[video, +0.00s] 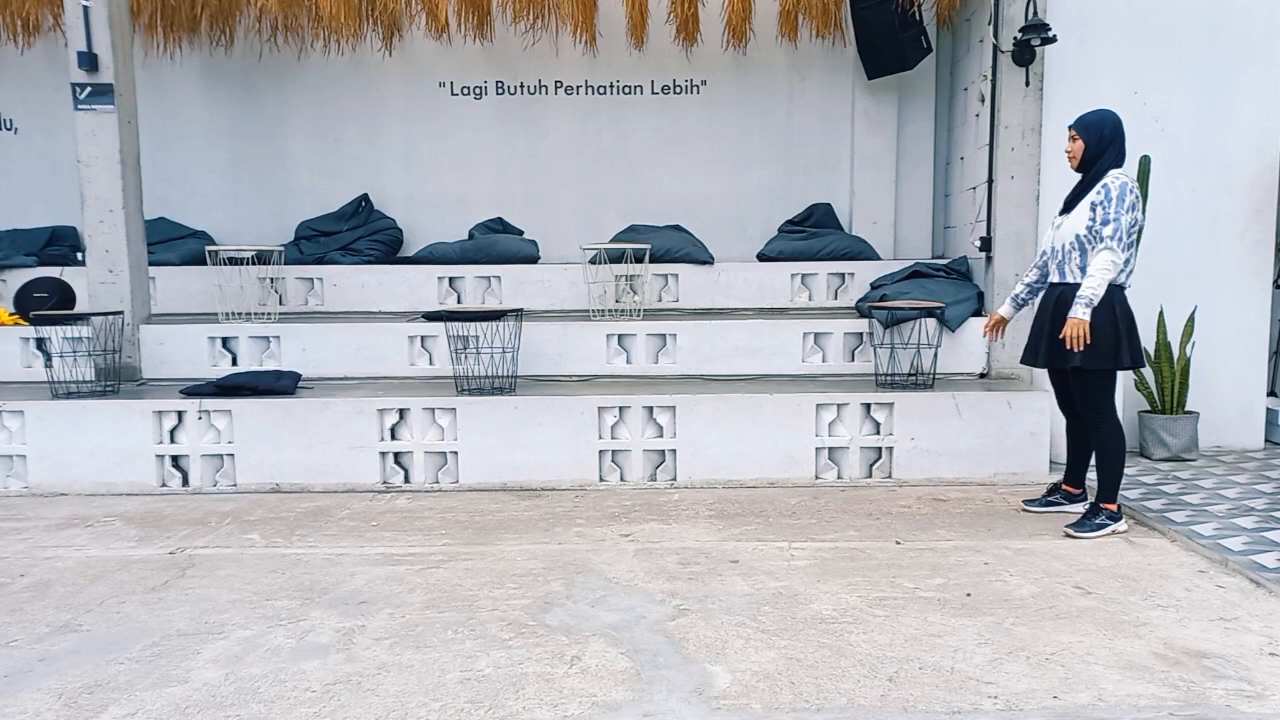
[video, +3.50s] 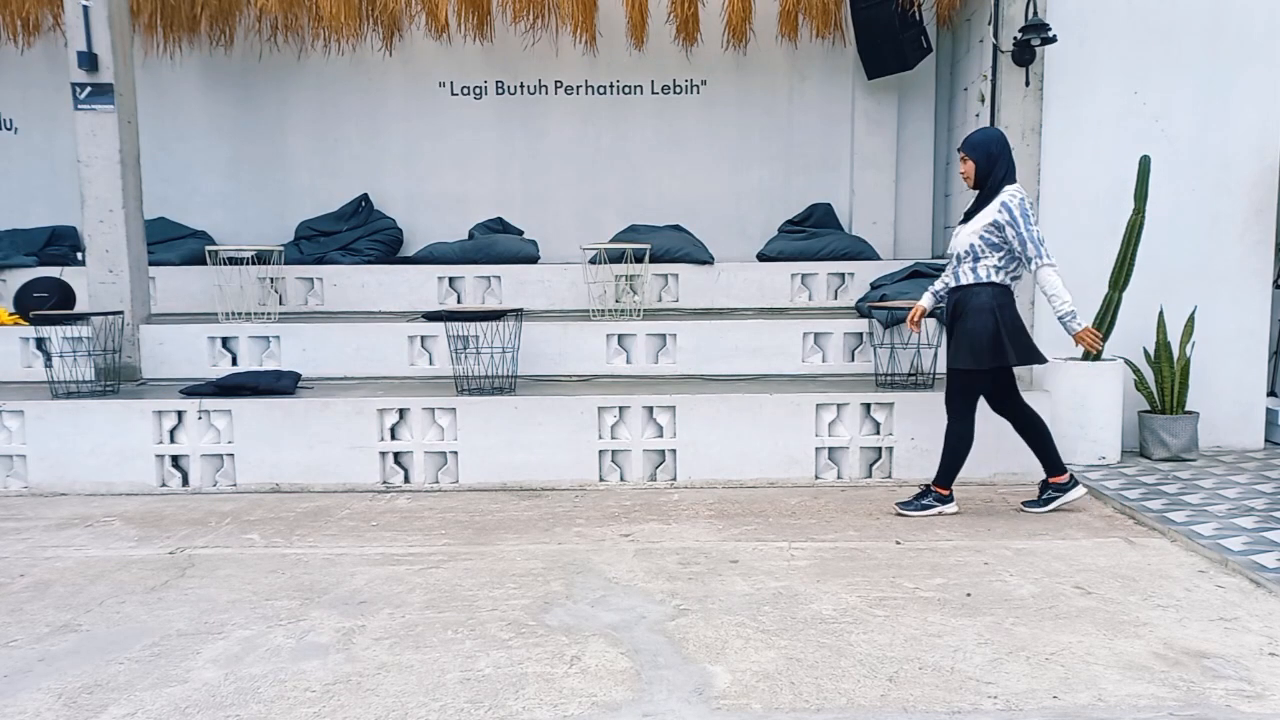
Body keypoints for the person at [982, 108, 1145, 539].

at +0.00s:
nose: (1068, 147)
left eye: (1075, 139)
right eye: (1069, 139)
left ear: (1099, 142)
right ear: (1092, 143)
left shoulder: (1118, 186)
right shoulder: (1080, 193)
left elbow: (1112, 253)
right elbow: (1045, 261)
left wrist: (1082, 307)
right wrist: (1008, 308)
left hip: (1095, 306)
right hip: (1060, 305)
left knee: (1099, 408)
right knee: (1072, 405)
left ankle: (1108, 507)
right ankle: (1071, 488)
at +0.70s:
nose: (1060, 147)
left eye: (1067, 139)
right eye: (1061, 139)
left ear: (1090, 142)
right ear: (1086, 143)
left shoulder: (1110, 183)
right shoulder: (1079, 189)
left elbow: (1146, 242)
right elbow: (1080, 254)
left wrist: (1116, 300)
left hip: (1090, 307)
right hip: (1056, 306)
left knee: (1096, 405)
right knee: (1054, 400)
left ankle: (1108, 508)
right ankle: (1069, 488)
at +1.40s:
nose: (1040, 155)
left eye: (1047, 147)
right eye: (1041, 147)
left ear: (1069, 149)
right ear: (1063, 151)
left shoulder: (1088, 186)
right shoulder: (1060, 192)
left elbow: (1121, 236)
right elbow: (1074, 245)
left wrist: (1085, 273)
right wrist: (1090, 279)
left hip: (1067, 307)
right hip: (1049, 305)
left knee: (1037, 399)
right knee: (1060, 401)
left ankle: (1057, 497)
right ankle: (1072, 489)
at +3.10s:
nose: (1009, 169)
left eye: (1014, 161)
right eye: (1008, 161)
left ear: (1035, 158)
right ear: (1031, 161)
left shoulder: (1054, 188)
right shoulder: (1039, 195)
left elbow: (1090, 231)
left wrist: (1050, 285)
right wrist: (1030, 286)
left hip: (1039, 312)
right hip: (1033, 311)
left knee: (999, 398)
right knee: (1051, 402)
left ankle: (1004, 495)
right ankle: (1071, 489)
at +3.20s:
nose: (1000, 168)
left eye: (1005, 160)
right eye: (998, 160)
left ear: (1027, 158)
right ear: (1017, 160)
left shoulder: (1048, 186)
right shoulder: (1025, 198)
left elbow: (1091, 231)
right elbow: (1015, 262)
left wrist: (1052, 283)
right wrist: (997, 306)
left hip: (1032, 310)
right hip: (1017, 310)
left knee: (994, 397)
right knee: (1048, 404)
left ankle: (964, 490)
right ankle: (1071, 489)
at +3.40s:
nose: (976, 169)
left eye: (981, 161)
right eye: (976, 162)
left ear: (1002, 160)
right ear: (996, 163)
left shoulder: (1027, 194)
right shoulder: (997, 205)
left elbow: (1072, 248)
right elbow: (978, 268)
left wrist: (1074, 311)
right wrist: (948, 304)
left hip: (1006, 310)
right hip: (988, 311)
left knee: (968, 400)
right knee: (1030, 403)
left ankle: (939, 489)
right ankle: (1068, 486)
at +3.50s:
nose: (960, 169)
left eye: (965, 160)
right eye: (960, 160)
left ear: (987, 160)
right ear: (983, 160)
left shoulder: (1011, 198)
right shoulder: (983, 204)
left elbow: (1041, 263)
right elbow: (958, 265)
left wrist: (1071, 321)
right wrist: (927, 300)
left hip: (982, 308)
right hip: (967, 308)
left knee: (959, 402)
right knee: (1006, 402)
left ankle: (940, 490)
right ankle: (1060, 479)